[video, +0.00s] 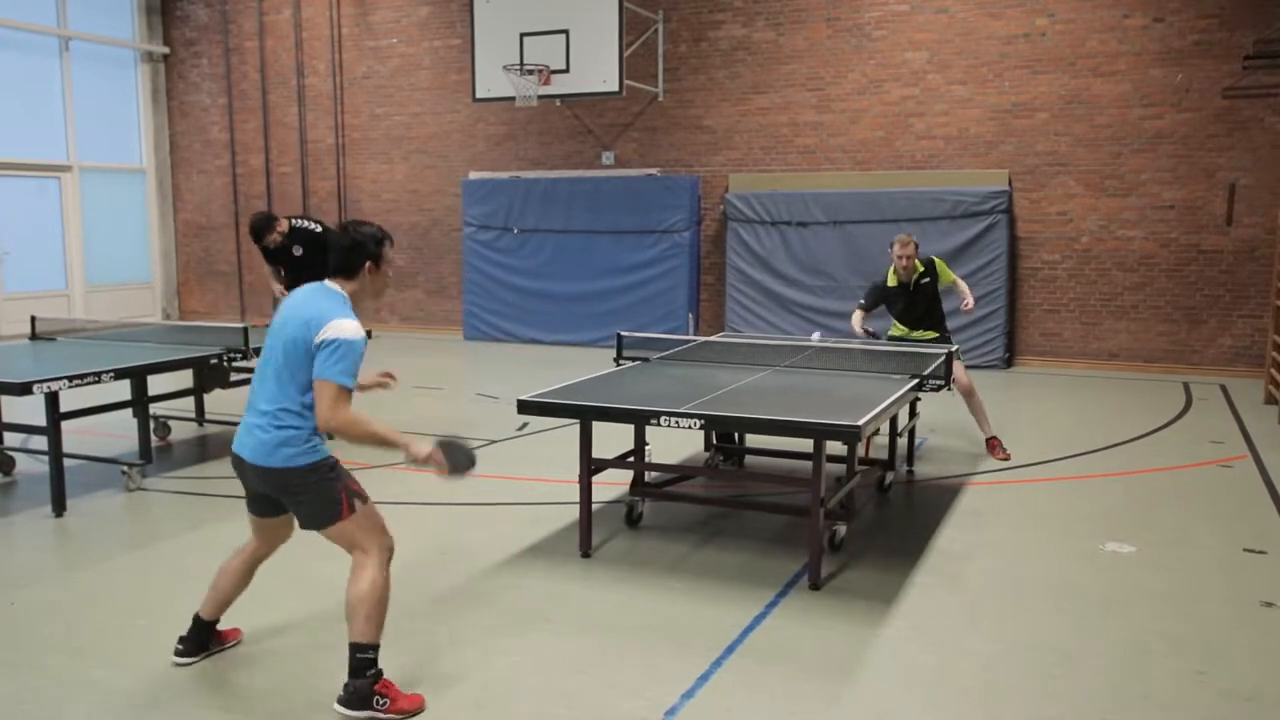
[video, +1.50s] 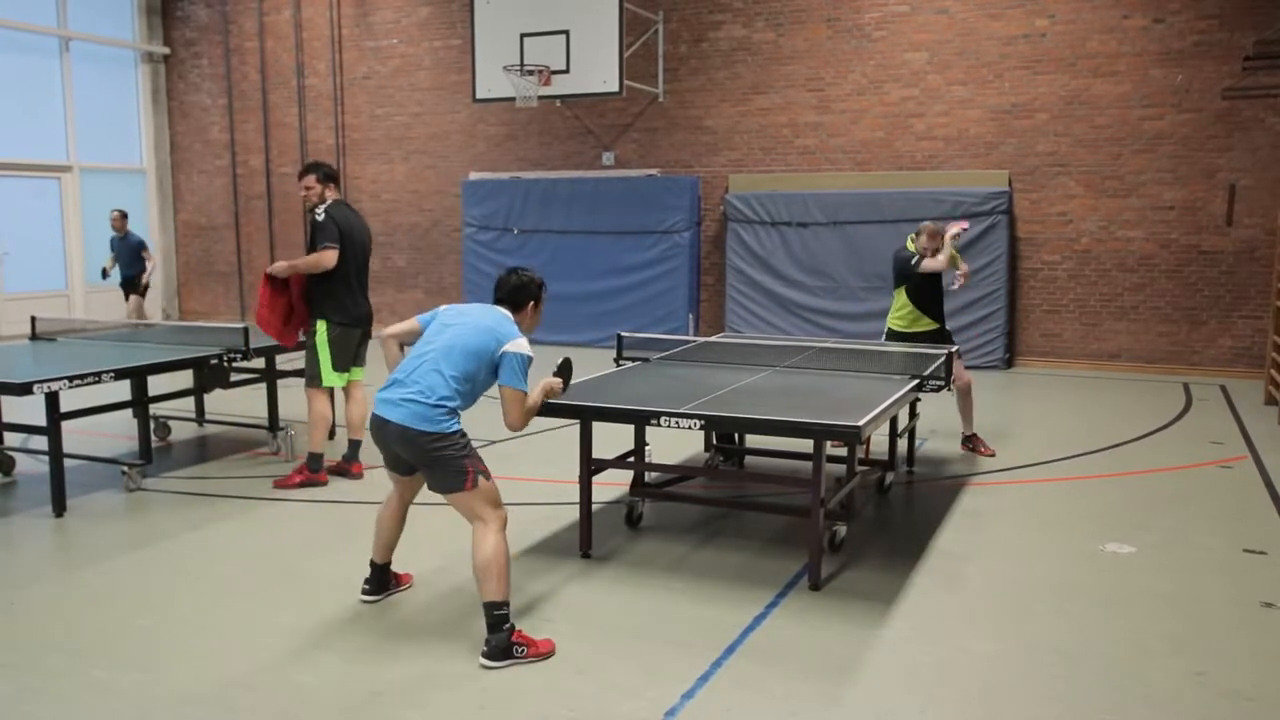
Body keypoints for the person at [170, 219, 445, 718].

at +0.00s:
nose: (389, 277)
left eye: (389, 267)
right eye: (387, 268)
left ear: (340, 266)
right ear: (367, 269)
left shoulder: (300, 297)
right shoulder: (342, 324)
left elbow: (291, 373)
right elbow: (332, 417)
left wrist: (355, 382)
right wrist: (404, 442)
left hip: (251, 449)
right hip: (295, 457)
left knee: (267, 536)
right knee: (374, 548)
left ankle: (196, 635)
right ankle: (363, 683)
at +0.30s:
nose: (474, 320)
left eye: (475, 310)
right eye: (468, 311)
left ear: (442, 312)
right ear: (433, 310)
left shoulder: (440, 346)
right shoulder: (367, 358)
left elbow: (429, 389)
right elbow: (307, 434)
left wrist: (480, 429)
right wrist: (311, 506)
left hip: (348, 472)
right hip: (341, 478)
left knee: (294, 558)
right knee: (429, 558)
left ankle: (224, 626)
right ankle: (408, 692)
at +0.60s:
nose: (478, 254)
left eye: (483, 243)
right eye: (468, 241)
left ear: (482, 239)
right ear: (433, 234)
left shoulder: (406, 268)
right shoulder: (417, 299)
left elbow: (373, 346)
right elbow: (387, 403)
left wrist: (429, 382)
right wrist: (473, 431)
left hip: (347, 442)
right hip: (382, 454)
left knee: (381, 548)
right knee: (448, 567)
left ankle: (341, 672)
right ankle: (426, 708)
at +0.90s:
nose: (538, 369)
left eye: (540, 361)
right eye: (540, 360)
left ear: (499, 346)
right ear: (530, 357)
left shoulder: (453, 353)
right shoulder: (512, 383)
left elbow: (387, 363)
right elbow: (526, 462)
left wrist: (390, 419)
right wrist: (545, 422)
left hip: (374, 447)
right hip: (415, 457)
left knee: (414, 494)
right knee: (507, 520)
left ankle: (378, 578)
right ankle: (502, 638)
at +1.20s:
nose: (538, 363)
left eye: (540, 355)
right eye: (540, 354)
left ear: (499, 340)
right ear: (530, 350)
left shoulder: (454, 348)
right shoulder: (512, 379)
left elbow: (388, 361)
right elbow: (526, 458)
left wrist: (392, 416)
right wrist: (545, 418)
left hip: (374, 444)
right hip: (417, 454)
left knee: (413, 492)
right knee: (505, 520)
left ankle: (378, 579)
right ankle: (501, 639)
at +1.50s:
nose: (540, 315)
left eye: (540, 307)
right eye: (540, 307)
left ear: (499, 299)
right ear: (530, 306)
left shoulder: (454, 311)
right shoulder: (513, 339)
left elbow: (390, 334)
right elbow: (515, 420)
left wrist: (403, 390)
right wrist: (543, 390)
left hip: (385, 417)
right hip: (430, 427)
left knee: (404, 486)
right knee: (490, 518)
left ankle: (378, 578)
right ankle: (500, 638)